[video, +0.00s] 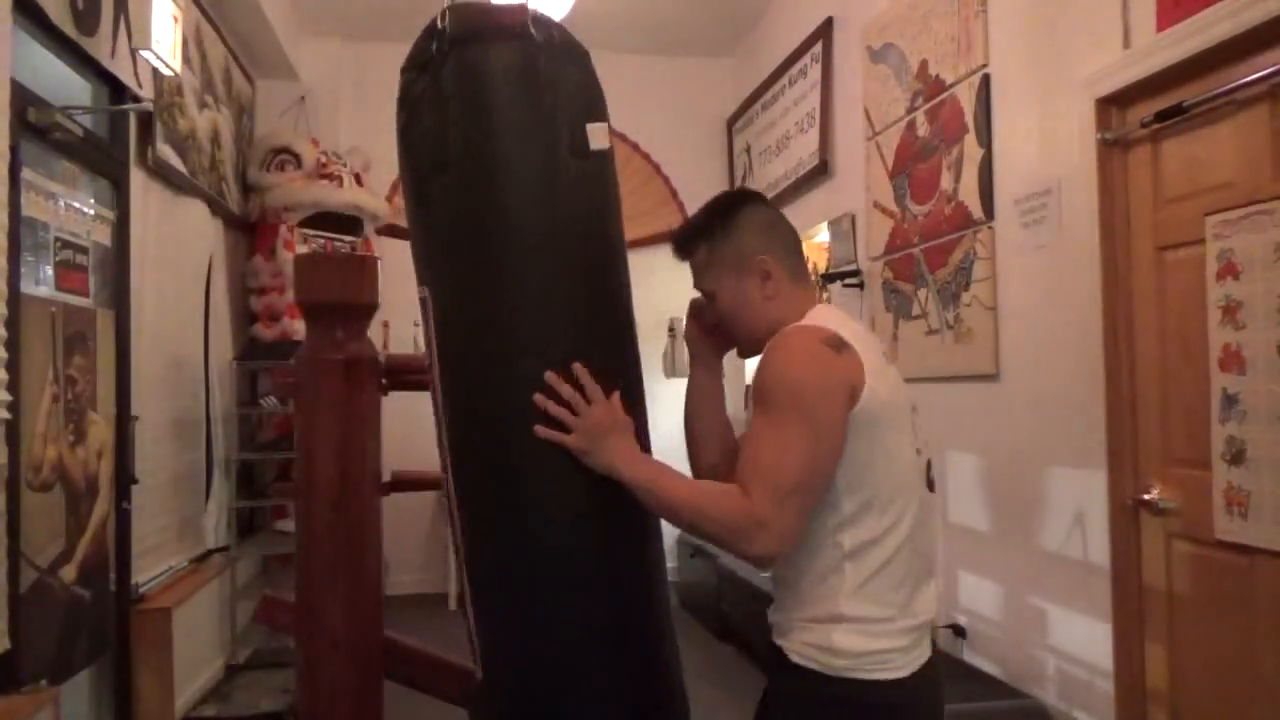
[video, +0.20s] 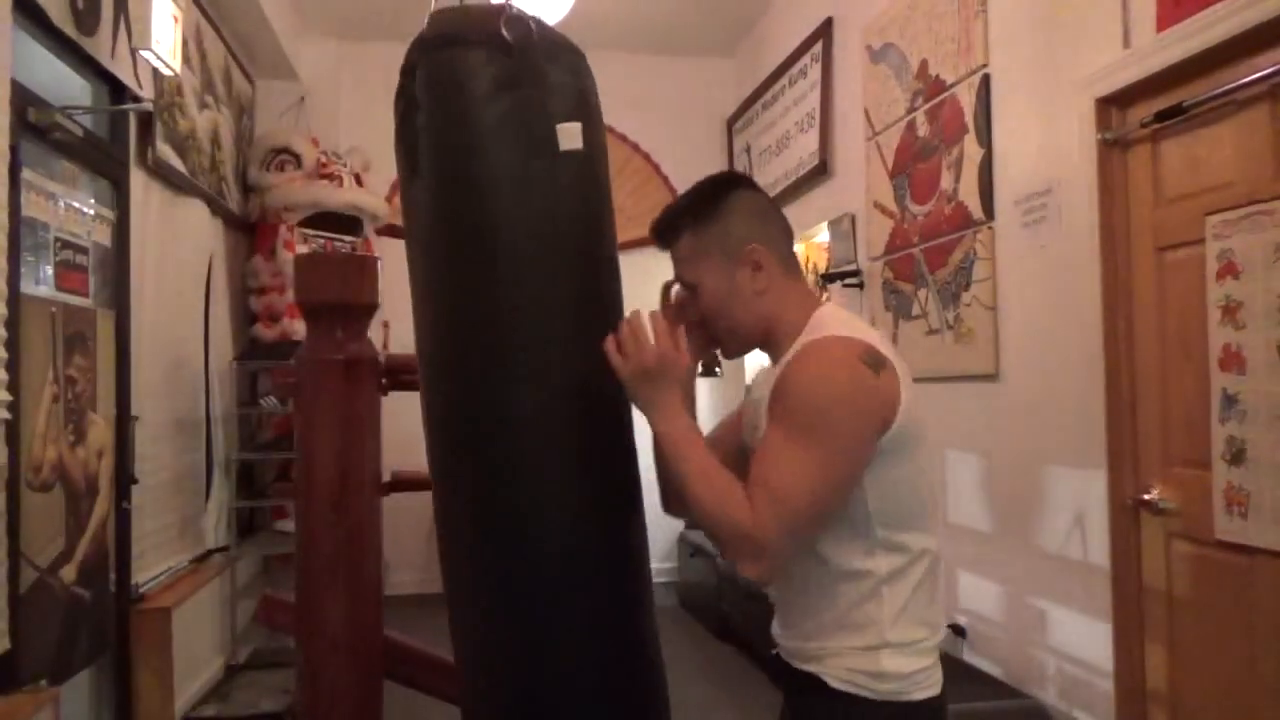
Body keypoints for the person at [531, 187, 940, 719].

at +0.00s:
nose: (706, 313)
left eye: (710, 294)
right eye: (703, 297)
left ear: (765, 278)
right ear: (771, 280)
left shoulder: (805, 351)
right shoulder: (836, 337)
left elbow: (762, 530)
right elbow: (719, 479)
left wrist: (624, 458)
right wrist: (705, 359)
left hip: (841, 683)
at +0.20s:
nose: (686, 312)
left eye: (692, 288)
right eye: (683, 291)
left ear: (755, 268)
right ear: (757, 271)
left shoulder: (836, 367)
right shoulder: (789, 369)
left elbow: (757, 548)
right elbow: (681, 496)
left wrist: (665, 404)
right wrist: (674, 378)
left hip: (866, 692)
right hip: (818, 676)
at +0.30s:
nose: (657, 339)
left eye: (663, 315)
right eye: (654, 318)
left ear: (728, 298)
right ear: (726, 302)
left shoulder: (842, 405)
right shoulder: (741, 410)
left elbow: (757, 605)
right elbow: (668, 552)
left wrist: (657, 439)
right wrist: (646, 431)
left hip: (873, 705)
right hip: (798, 683)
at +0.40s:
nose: (620, 388)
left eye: (626, 362)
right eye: (619, 365)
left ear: (690, 346)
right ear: (692, 348)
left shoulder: (828, 446)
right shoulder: (712, 463)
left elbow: (781, 659)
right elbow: (660, 612)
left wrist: (641, 517)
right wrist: (622, 508)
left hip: (892, 707)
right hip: (810, 699)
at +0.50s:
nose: (597, 423)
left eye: (603, 393)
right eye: (595, 396)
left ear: (664, 380)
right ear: (662, 381)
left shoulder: (797, 470)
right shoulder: (714, 478)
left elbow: (792, 690)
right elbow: (660, 638)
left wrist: (631, 578)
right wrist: (606, 504)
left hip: (900, 708)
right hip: (824, 700)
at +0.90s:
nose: (682, 396)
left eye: (681, 375)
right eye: (677, 378)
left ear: (728, 362)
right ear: (773, 355)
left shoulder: (731, 414)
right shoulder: (841, 405)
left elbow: (766, 559)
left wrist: (709, 637)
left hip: (878, 702)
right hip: (972, 684)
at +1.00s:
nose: (683, 428)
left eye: (687, 404)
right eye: (682, 406)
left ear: (736, 393)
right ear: (759, 389)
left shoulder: (738, 444)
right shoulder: (842, 431)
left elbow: (789, 598)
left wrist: (745, 696)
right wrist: (720, 509)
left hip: (883, 707)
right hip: (977, 698)